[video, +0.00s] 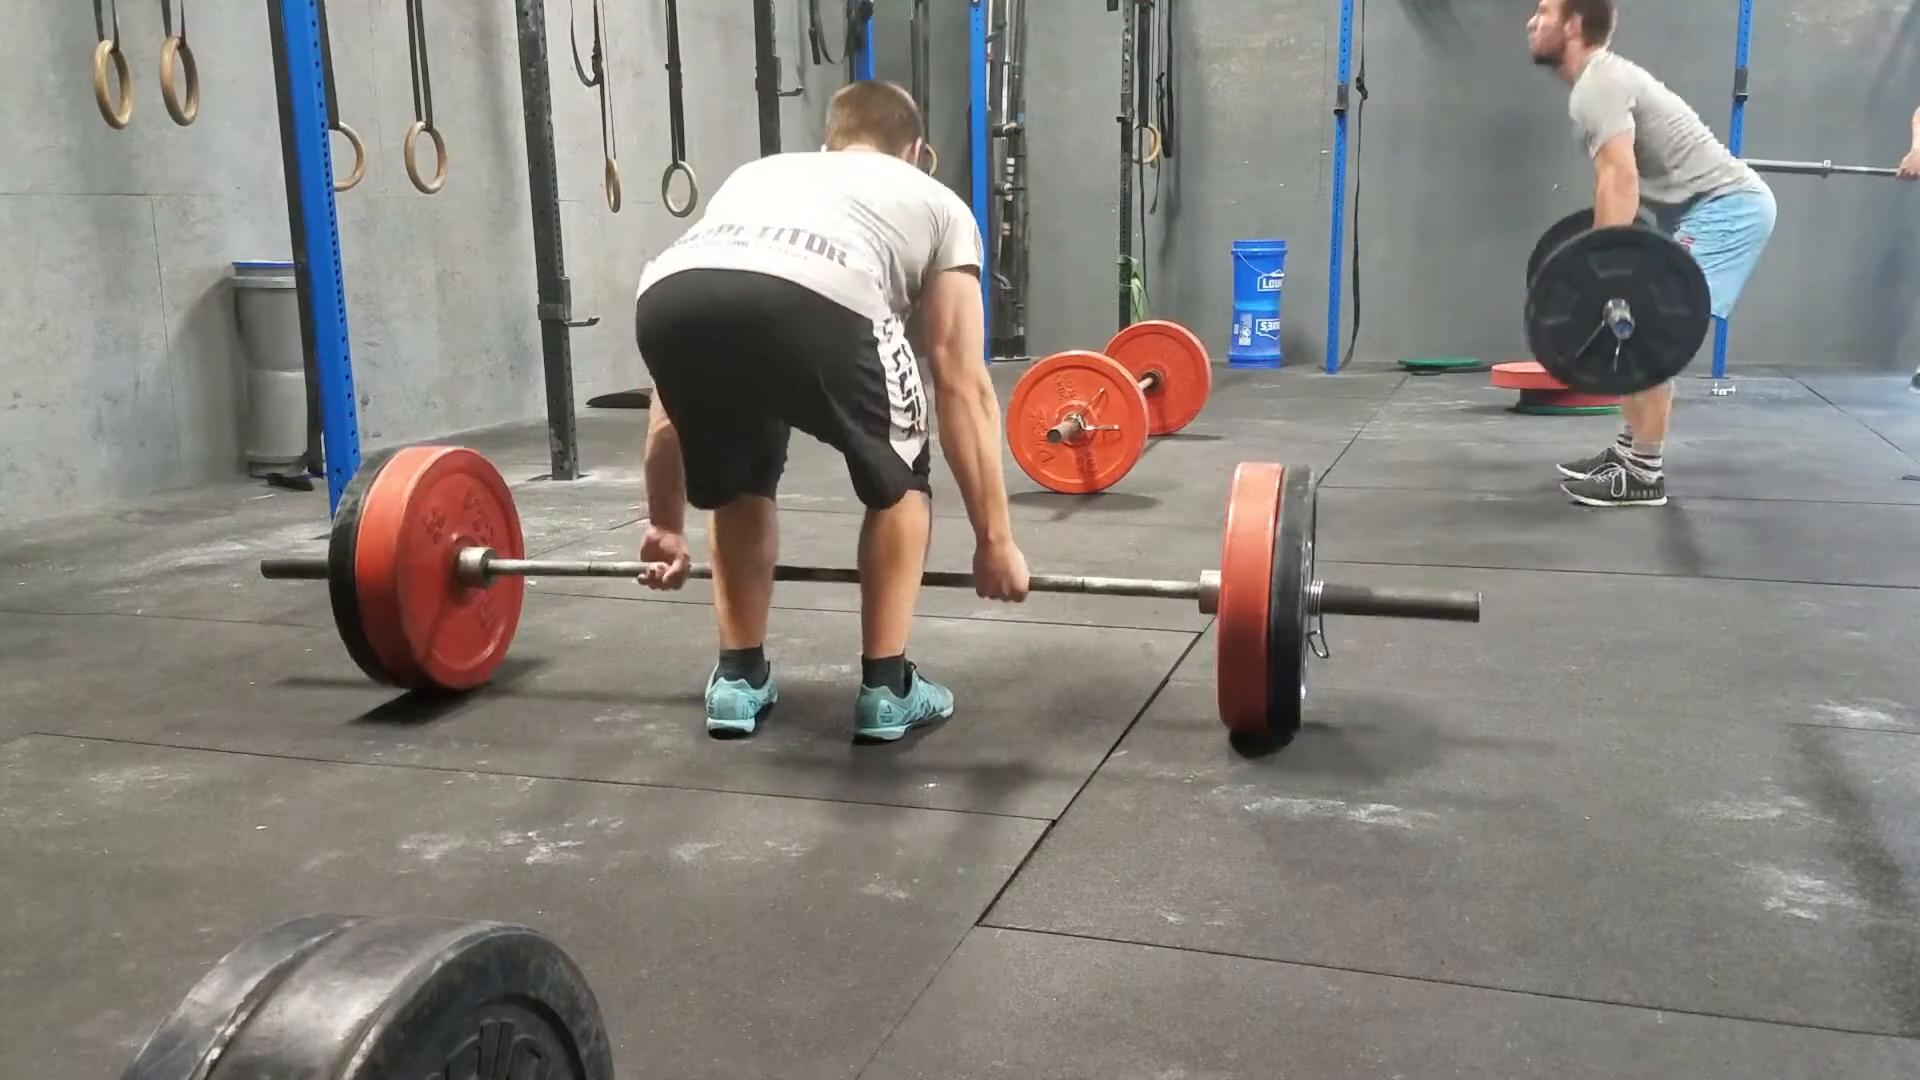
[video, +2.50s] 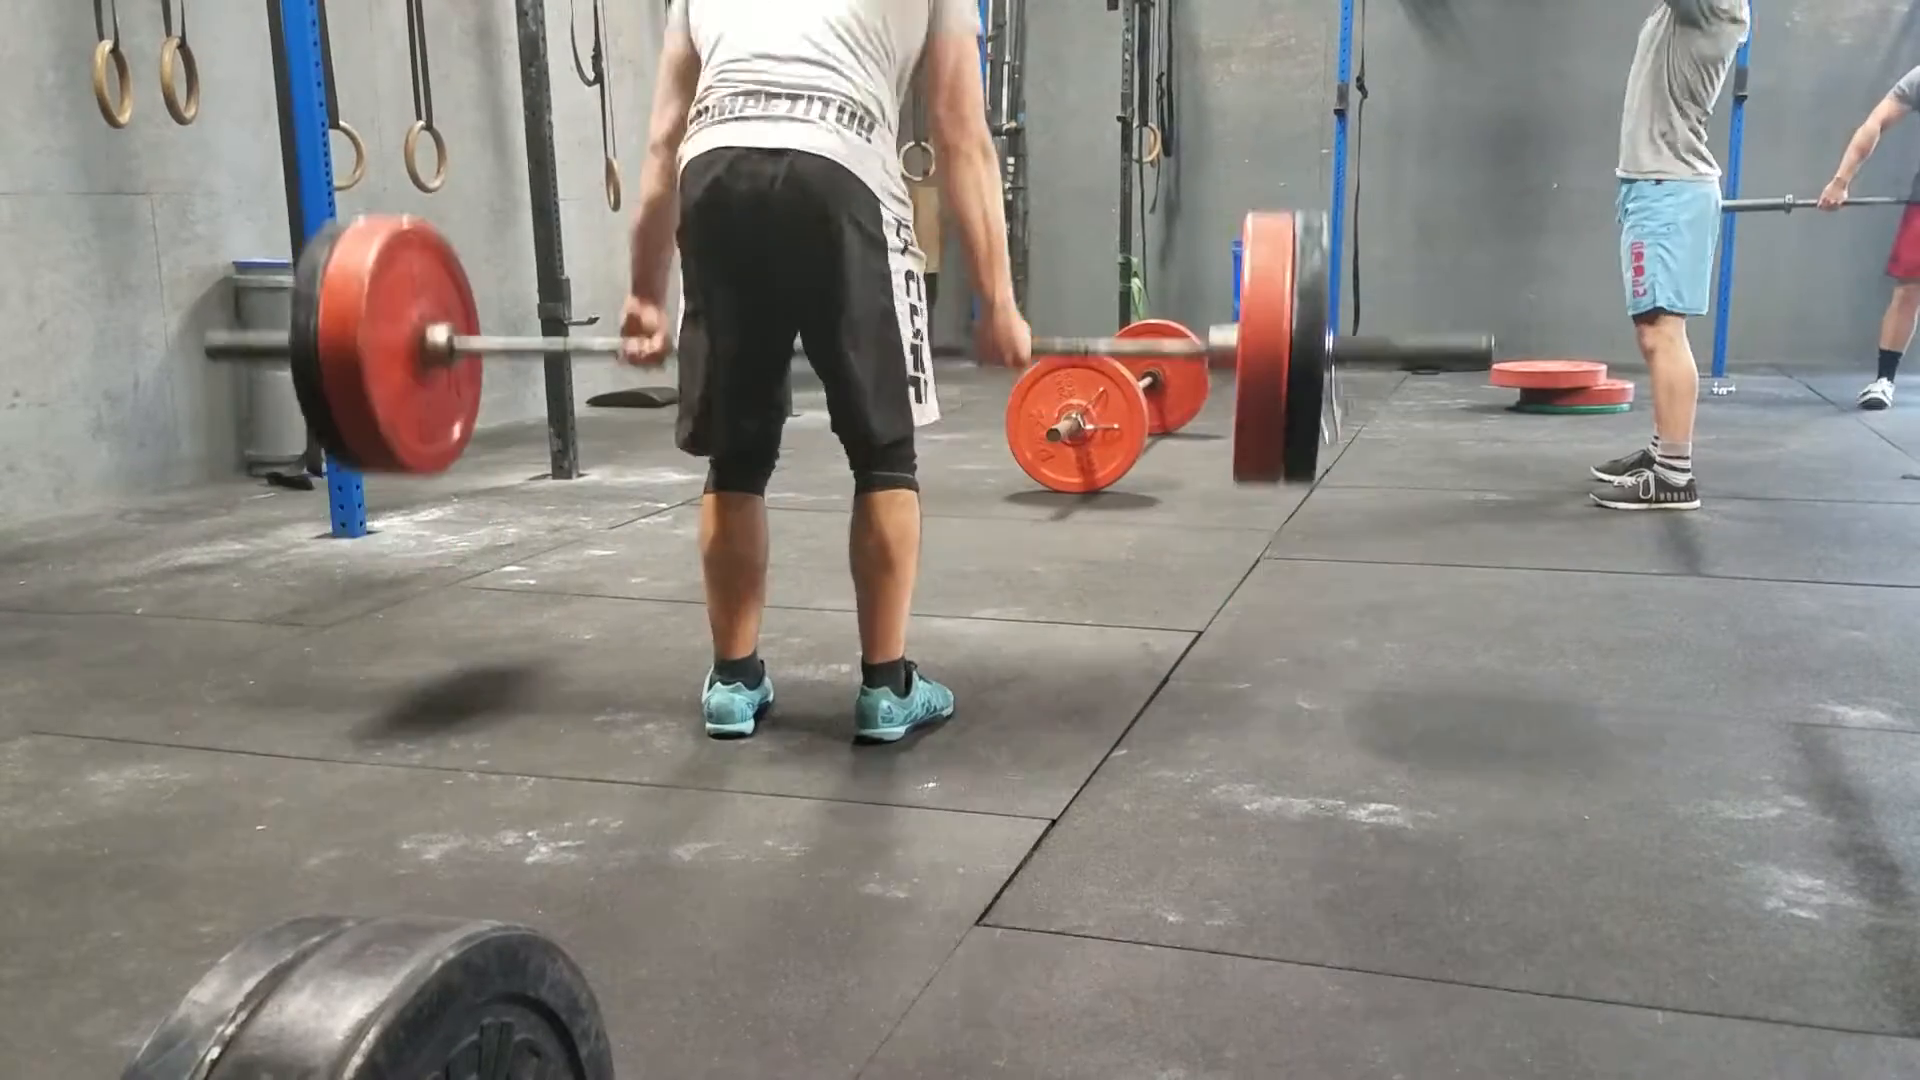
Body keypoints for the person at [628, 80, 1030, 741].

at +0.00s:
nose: (920, 167)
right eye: (922, 159)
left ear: (831, 144)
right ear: (914, 153)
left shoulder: (752, 174)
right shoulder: (938, 204)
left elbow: (670, 408)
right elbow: (960, 385)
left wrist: (663, 524)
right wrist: (995, 538)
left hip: (677, 299)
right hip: (818, 307)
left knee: (739, 480)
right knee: (898, 484)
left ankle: (738, 678)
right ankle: (886, 685)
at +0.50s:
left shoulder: (674, 4)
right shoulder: (909, 3)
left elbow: (642, 85)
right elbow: (942, 82)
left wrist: (626, 240)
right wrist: (981, 243)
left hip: (709, 176)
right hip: (828, 173)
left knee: (734, 446)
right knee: (866, 448)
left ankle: (732, 679)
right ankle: (885, 685)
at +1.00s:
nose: (907, 138)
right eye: (909, 130)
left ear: (818, 112)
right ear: (900, 124)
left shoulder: (738, 145)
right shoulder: (924, 176)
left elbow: (664, 397)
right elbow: (957, 366)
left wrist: (650, 512)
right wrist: (990, 530)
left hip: (680, 259)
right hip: (820, 268)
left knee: (723, 479)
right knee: (896, 472)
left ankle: (734, 682)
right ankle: (885, 686)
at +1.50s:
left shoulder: (694, 4)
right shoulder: (932, 4)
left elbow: (660, 124)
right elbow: (962, 114)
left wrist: (644, 270)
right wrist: (998, 276)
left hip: (725, 177)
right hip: (845, 178)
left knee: (737, 453)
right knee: (880, 453)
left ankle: (732, 681)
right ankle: (886, 686)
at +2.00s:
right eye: (913, 100)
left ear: (819, 81)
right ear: (907, 94)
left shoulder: (743, 117)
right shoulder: (931, 144)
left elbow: (677, 332)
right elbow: (966, 330)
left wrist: (657, 481)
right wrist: (999, 495)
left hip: (700, 236)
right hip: (838, 243)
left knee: (726, 471)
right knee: (902, 466)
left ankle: (733, 681)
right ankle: (885, 686)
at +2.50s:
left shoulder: (701, 6)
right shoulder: (937, 5)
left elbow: (665, 146)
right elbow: (961, 139)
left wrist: (645, 293)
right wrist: (998, 301)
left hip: (715, 178)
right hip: (840, 181)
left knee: (735, 458)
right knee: (884, 454)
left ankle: (732, 681)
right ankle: (885, 686)